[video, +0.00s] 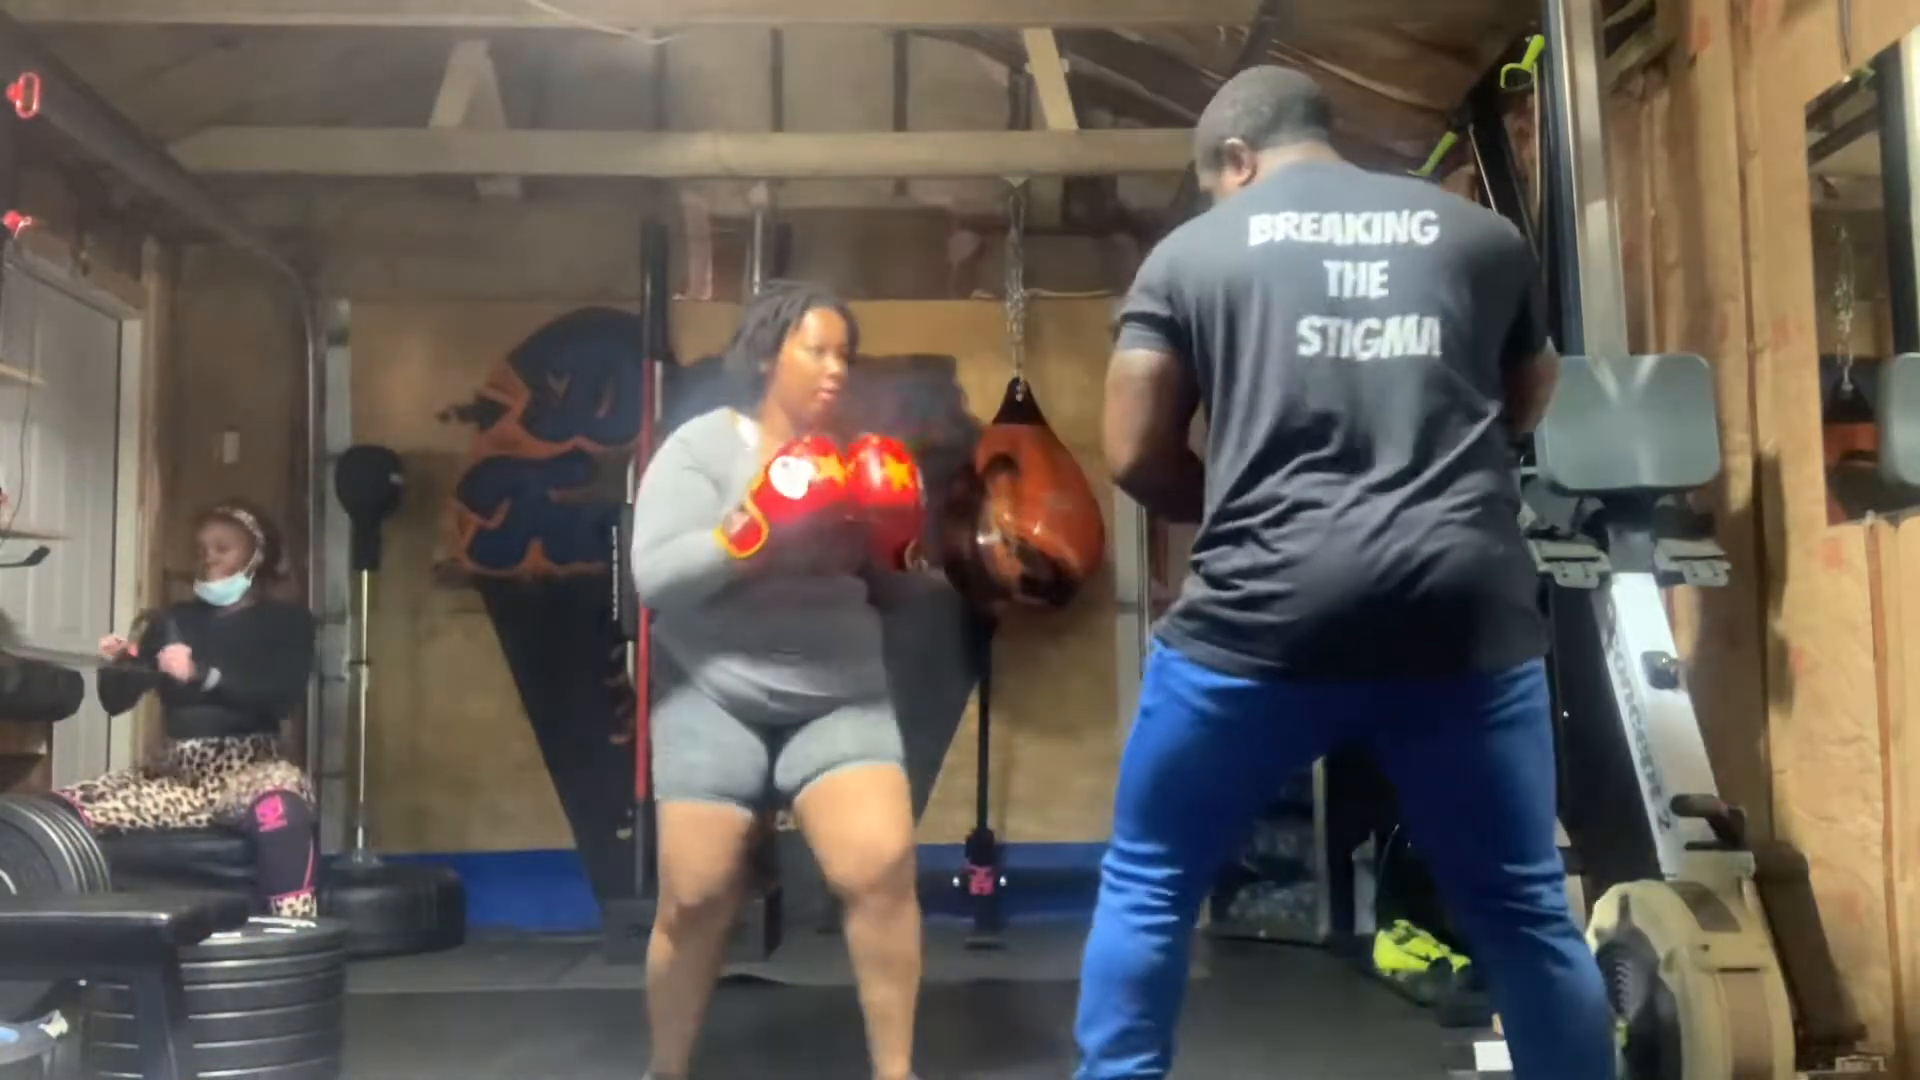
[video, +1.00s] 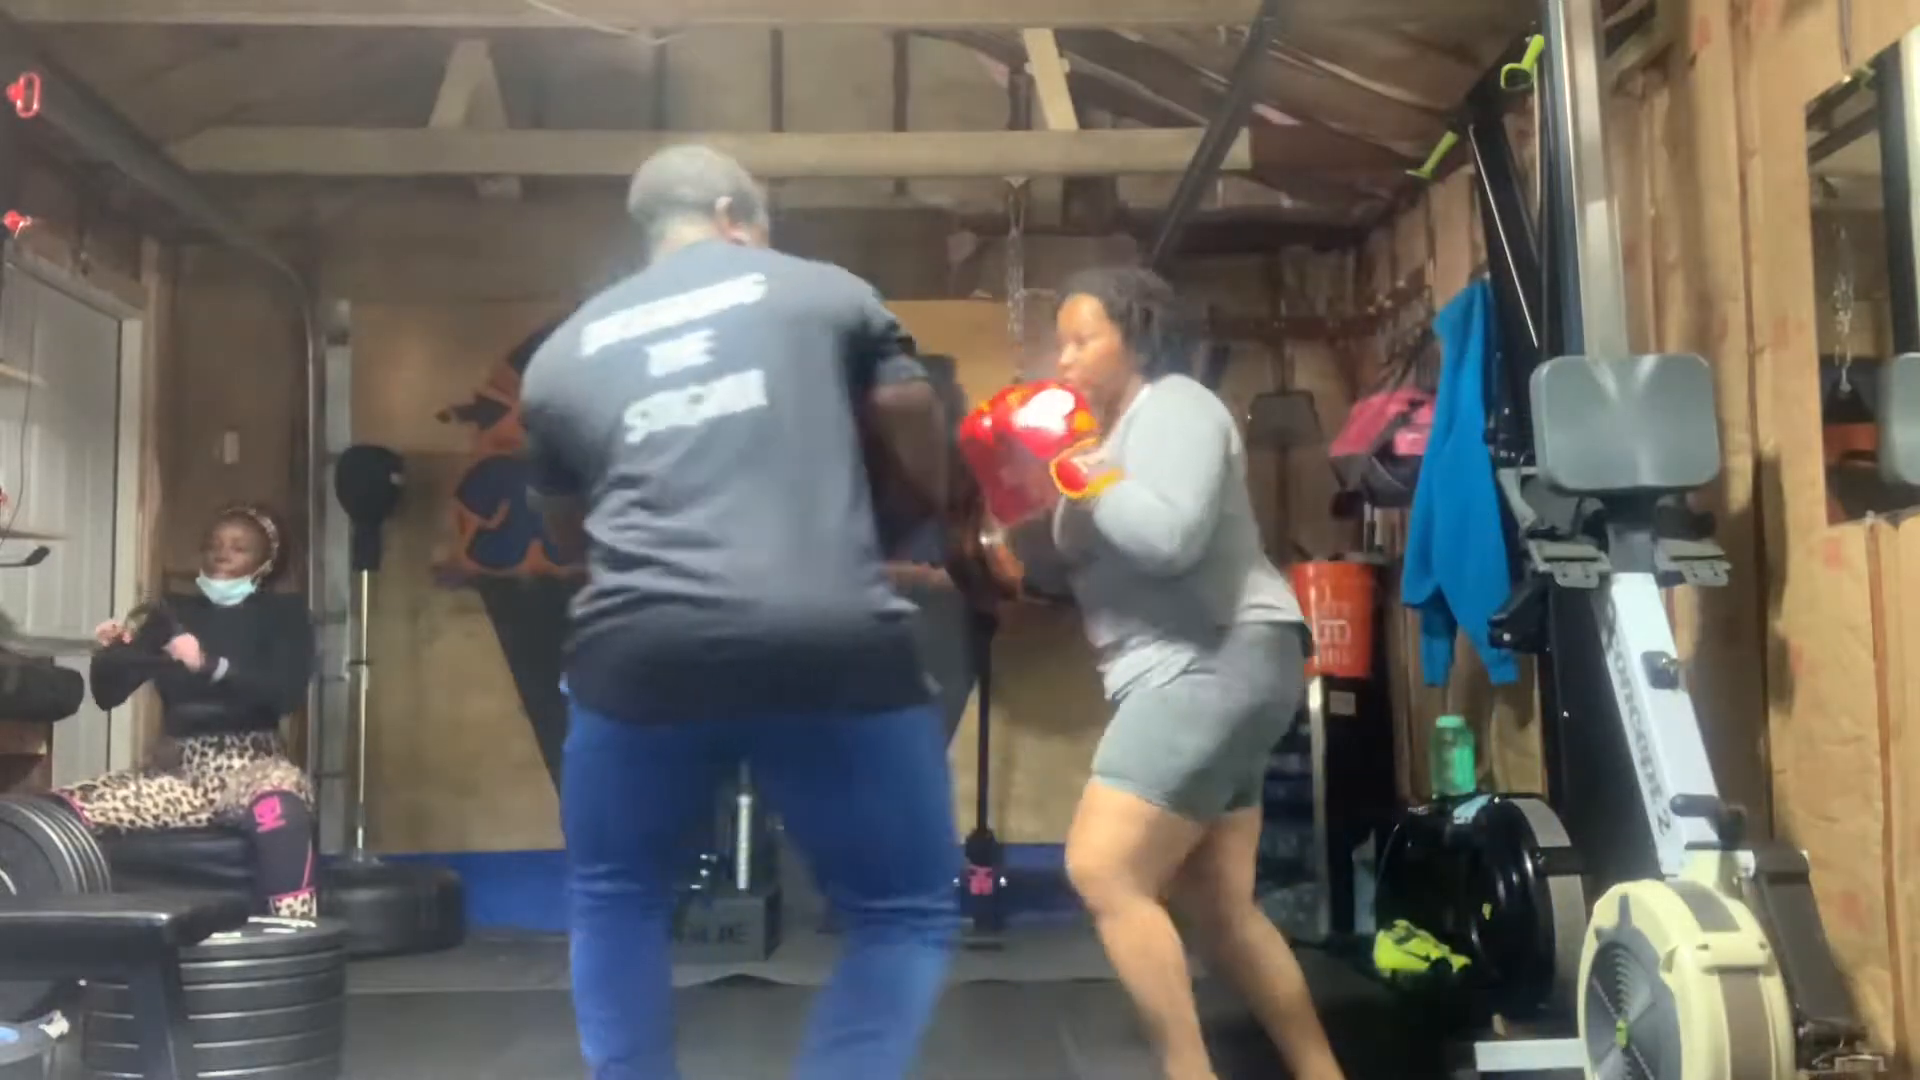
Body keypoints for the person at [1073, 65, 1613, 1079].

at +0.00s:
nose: (1212, 203)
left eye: (1209, 185)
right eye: (1210, 188)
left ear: (1239, 159)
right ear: (1331, 141)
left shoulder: (1189, 253)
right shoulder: (1485, 232)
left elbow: (1137, 456)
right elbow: (1523, 408)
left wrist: (1241, 502)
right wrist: (1409, 455)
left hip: (1269, 603)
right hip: (1472, 604)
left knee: (1150, 878)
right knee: (1527, 908)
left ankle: (1115, 1073)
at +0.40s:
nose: (1118, 219)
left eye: (1116, 204)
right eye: (1113, 207)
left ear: (1154, 181)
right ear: (1234, 172)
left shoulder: (1136, 246)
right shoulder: (1343, 262)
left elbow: (1059, 444)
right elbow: (1333, 428)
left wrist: (1085, 508)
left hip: (1209, 610)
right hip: (1386, 615)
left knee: (1018, 843)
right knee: (1444, 903)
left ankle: (990, 1064)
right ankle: (1545, 1071)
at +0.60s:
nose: (916, 303)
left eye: (915, 287)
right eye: (912, 287)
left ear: (947, 265)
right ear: (1044, 251)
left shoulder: (947, 338)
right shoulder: (1187, 341)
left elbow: (841, 508)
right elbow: (1289, 505)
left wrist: (895, 538)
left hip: (1069, 704)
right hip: (1262, 707)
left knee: (869, 916)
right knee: (1378, 943)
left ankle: (770, 1071)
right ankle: (1503, 1073)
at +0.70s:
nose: (784, 311)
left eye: (786, 296)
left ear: (806, 287)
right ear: (920, 266)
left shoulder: (790, 367)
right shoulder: (1036, 350)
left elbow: (720, 556)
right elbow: (1136, 504)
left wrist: (794, 515)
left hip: (939, 673)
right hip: (1130, 665)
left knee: (758, 894)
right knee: (1284, 920)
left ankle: (696, 1069)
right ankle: (1449, 1073)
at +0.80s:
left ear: (719, 287)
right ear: (831, 268)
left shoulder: (679, 376)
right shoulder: (944, 342)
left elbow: (639, 573)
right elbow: (1031, 508)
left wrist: (713, 515)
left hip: (830, 658)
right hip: (1022, 649)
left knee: (672, 896)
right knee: (1152, 920)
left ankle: (665, 1072)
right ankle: (1285, 1071)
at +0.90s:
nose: (791, 263)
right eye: (789, 252)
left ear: (672, 271)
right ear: (774, 248)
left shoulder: (610, 371)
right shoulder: (886, 324)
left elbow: (599, 564)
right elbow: (969, 488)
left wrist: (682, 490)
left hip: (728, 657)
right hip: (928, 648)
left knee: (626, 904)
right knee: (1005, 918)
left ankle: (639, 1069)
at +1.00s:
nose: (770, 240)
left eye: (765, 231)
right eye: (765, 227)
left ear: (643, 236)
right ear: (737, 220)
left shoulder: (561, 356)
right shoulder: (833, 293)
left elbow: (568, 541)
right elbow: (909, 407)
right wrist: (935, 508)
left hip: (645, 652)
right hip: (834, 648)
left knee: (615, 891)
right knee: (902, 915)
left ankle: (630, 1069)